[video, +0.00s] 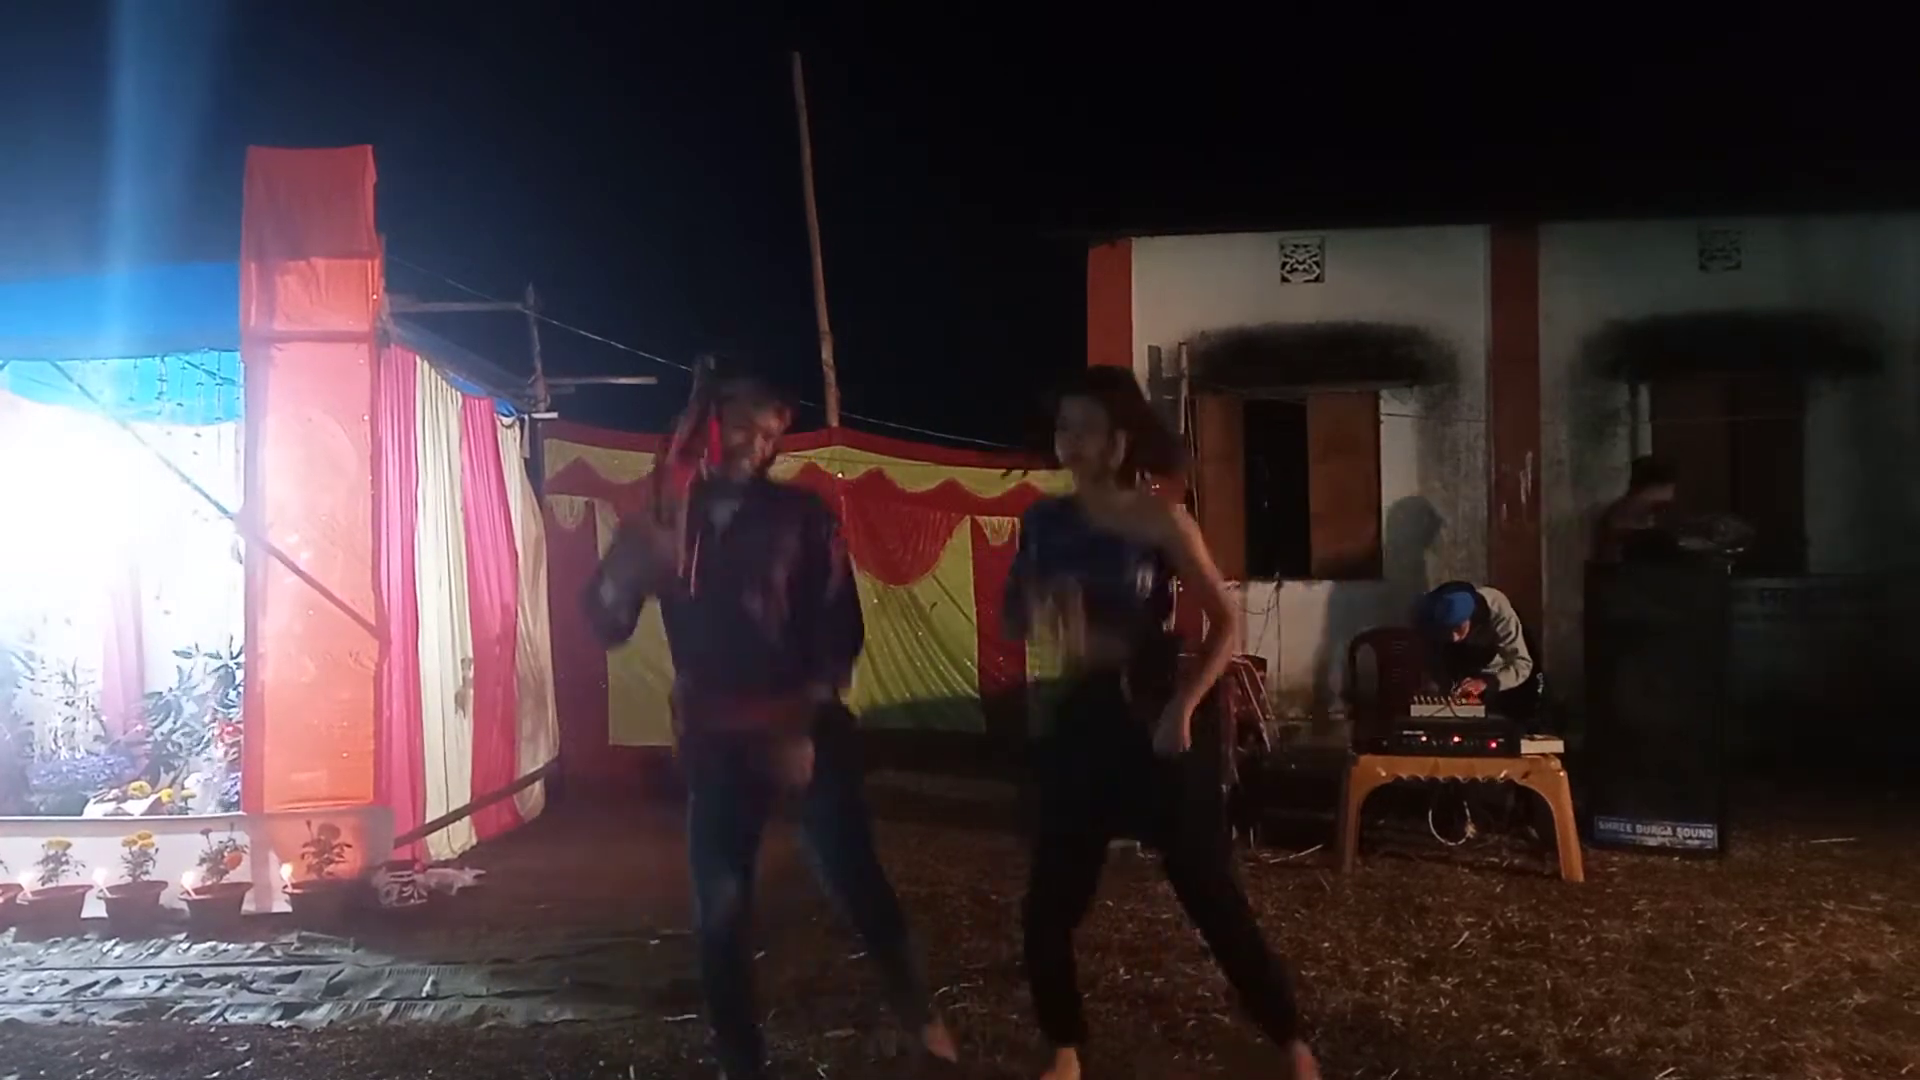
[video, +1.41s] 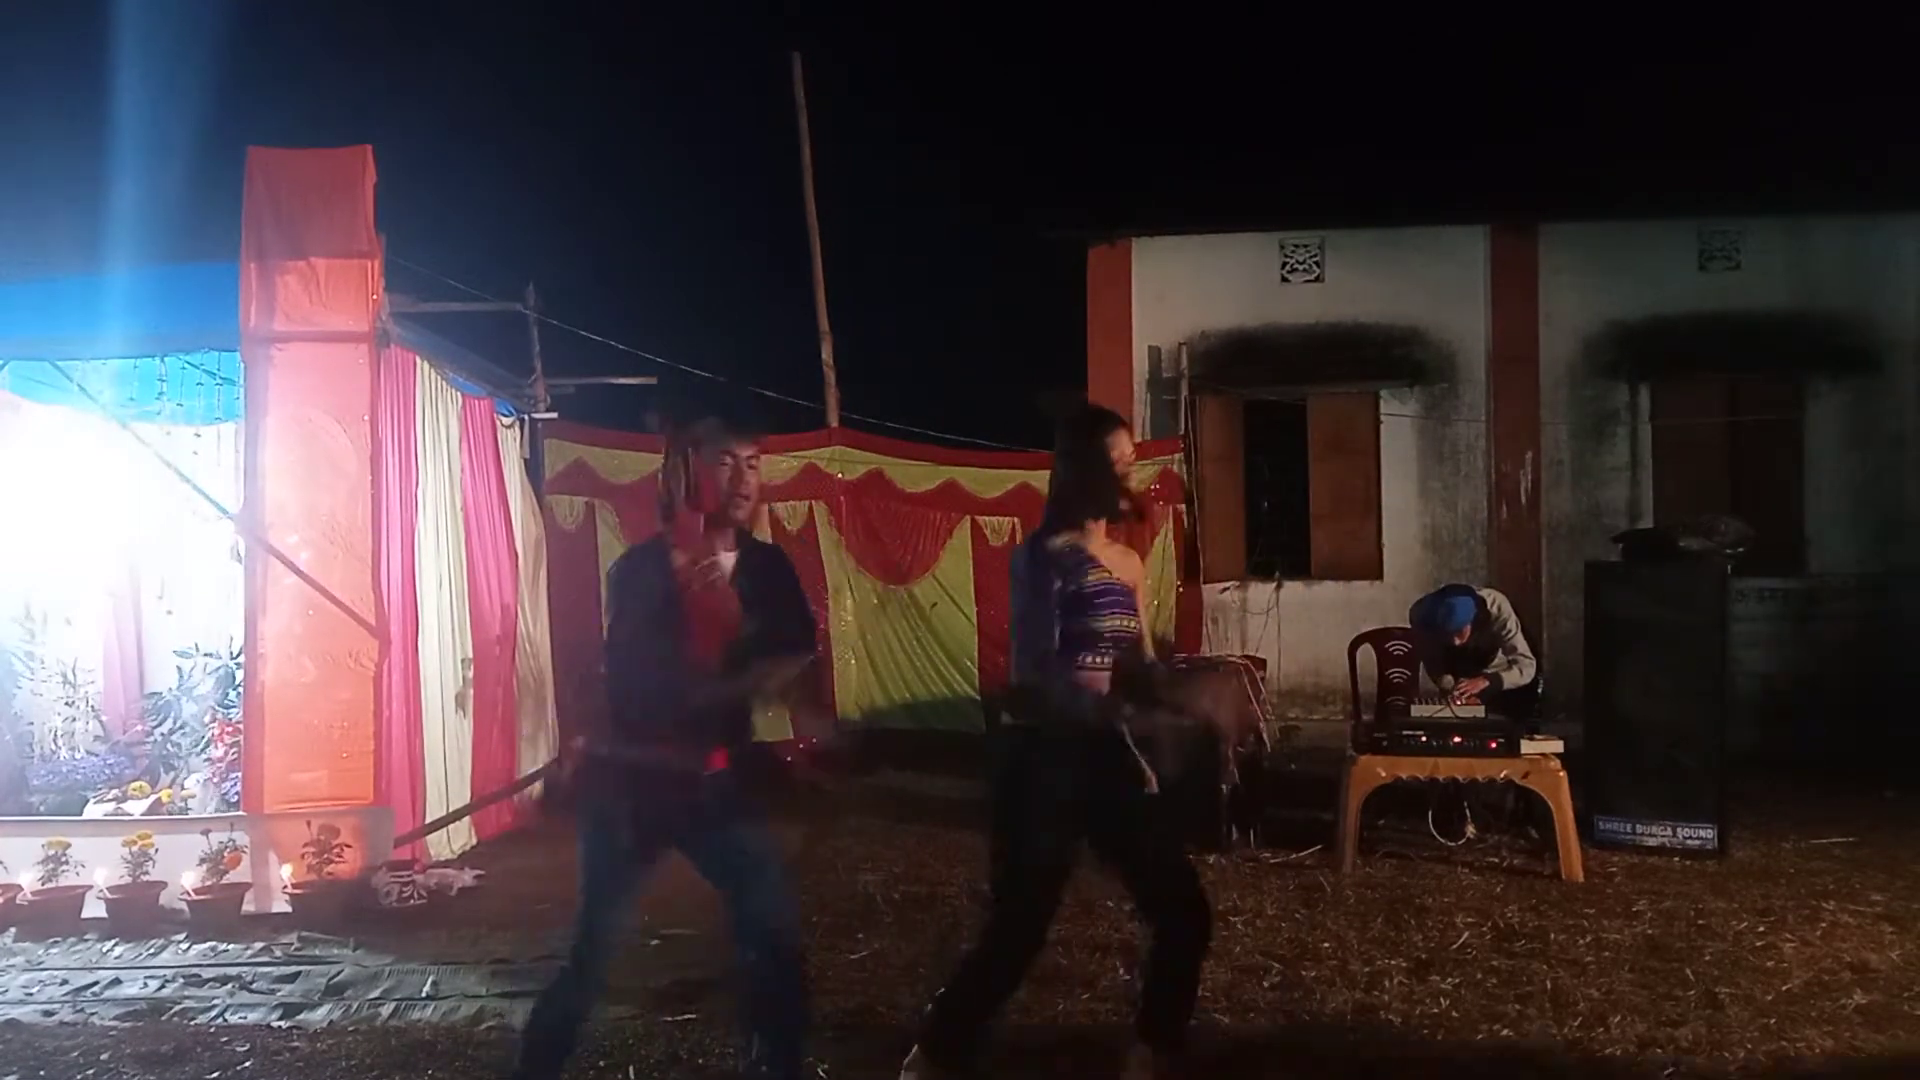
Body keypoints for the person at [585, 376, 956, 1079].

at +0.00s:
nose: (754, 444)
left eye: (768, 432)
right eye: (742, 427)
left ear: (782, 438)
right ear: (712, 425)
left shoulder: (807, 518)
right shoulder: (670, 518)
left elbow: (839, 630)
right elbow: (609, 626)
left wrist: (807, 723)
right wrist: (628, 564)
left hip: (805, 724)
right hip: (717, 736)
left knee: (855, 880)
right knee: (720, 907)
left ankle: (922, 1016)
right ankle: (738, 1058)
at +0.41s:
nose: (779, 455)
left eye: (790, 443)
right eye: (766, 440)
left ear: (798, 446)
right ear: (729, 437)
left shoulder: (822, 516)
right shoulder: (680, 520)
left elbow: (882, 604)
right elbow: (610, 601)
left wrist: (875, 688)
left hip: (838, 729)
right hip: (749, 741)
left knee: (896, 884)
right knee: (720, 908)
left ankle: (949, 1028)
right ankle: (703, 1059)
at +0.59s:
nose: (778, 464)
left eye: (787, 450)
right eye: (764, 447)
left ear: (791, 457)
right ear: (725, 448)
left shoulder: (814, 544)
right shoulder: (669, 542)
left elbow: (841, 648)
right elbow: (622, 643)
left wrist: (849, 732)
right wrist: (664, 693)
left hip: (789, 761)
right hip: (699, 764)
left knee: (848, 900)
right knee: (685, 925)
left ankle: (917, 1019)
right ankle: (692, 1062)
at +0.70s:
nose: (773, 429)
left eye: (782, 416)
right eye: (760, 411)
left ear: (787, 427)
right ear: (720, 415)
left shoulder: (803, 512)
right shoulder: (661, 500)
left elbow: (836, 604)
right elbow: (618, 592)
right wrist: (688, 586)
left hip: (771, 733)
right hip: (678, 736)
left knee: (819, 882)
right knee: (673, 897)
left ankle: (852, 1029)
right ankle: (670, 1049)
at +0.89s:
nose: (717, 436)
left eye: (741, 424)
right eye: (713, 423)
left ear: (771, 439)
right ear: (703, 428)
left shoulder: (790, 520)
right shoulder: (671, 500)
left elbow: (855, 613)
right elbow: (662, 586)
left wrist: (803, 546)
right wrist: (742, 549)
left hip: (738, 740)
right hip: (655, 737)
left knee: (765, 903)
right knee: (630, 903)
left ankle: (766, 1059)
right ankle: (569, 1058)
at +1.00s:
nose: (770, 462)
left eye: (772, 451)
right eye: (753, 448)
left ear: (771, 466)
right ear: (707, 455)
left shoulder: (777, 560)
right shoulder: (684, 531)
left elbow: (828, 655)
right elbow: (693, 622)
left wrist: (817, 678)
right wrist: (791, 662)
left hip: (706, 770)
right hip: (627, 763)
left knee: (762, 912)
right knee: (594, 933)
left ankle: (767, 1064)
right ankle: (537, 1067)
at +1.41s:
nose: (745, 479)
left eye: (753, 464)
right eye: (726, 462)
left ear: (763, 476)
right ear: (685, 472)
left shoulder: (767, 566)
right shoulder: (643, 569)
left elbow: (796, 659)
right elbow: (633, 694)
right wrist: (740, 691)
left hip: (714, 781)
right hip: (630, 780)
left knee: (771, 918)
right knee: (598, 943)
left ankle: (780, 1062)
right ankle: (536, 1066)